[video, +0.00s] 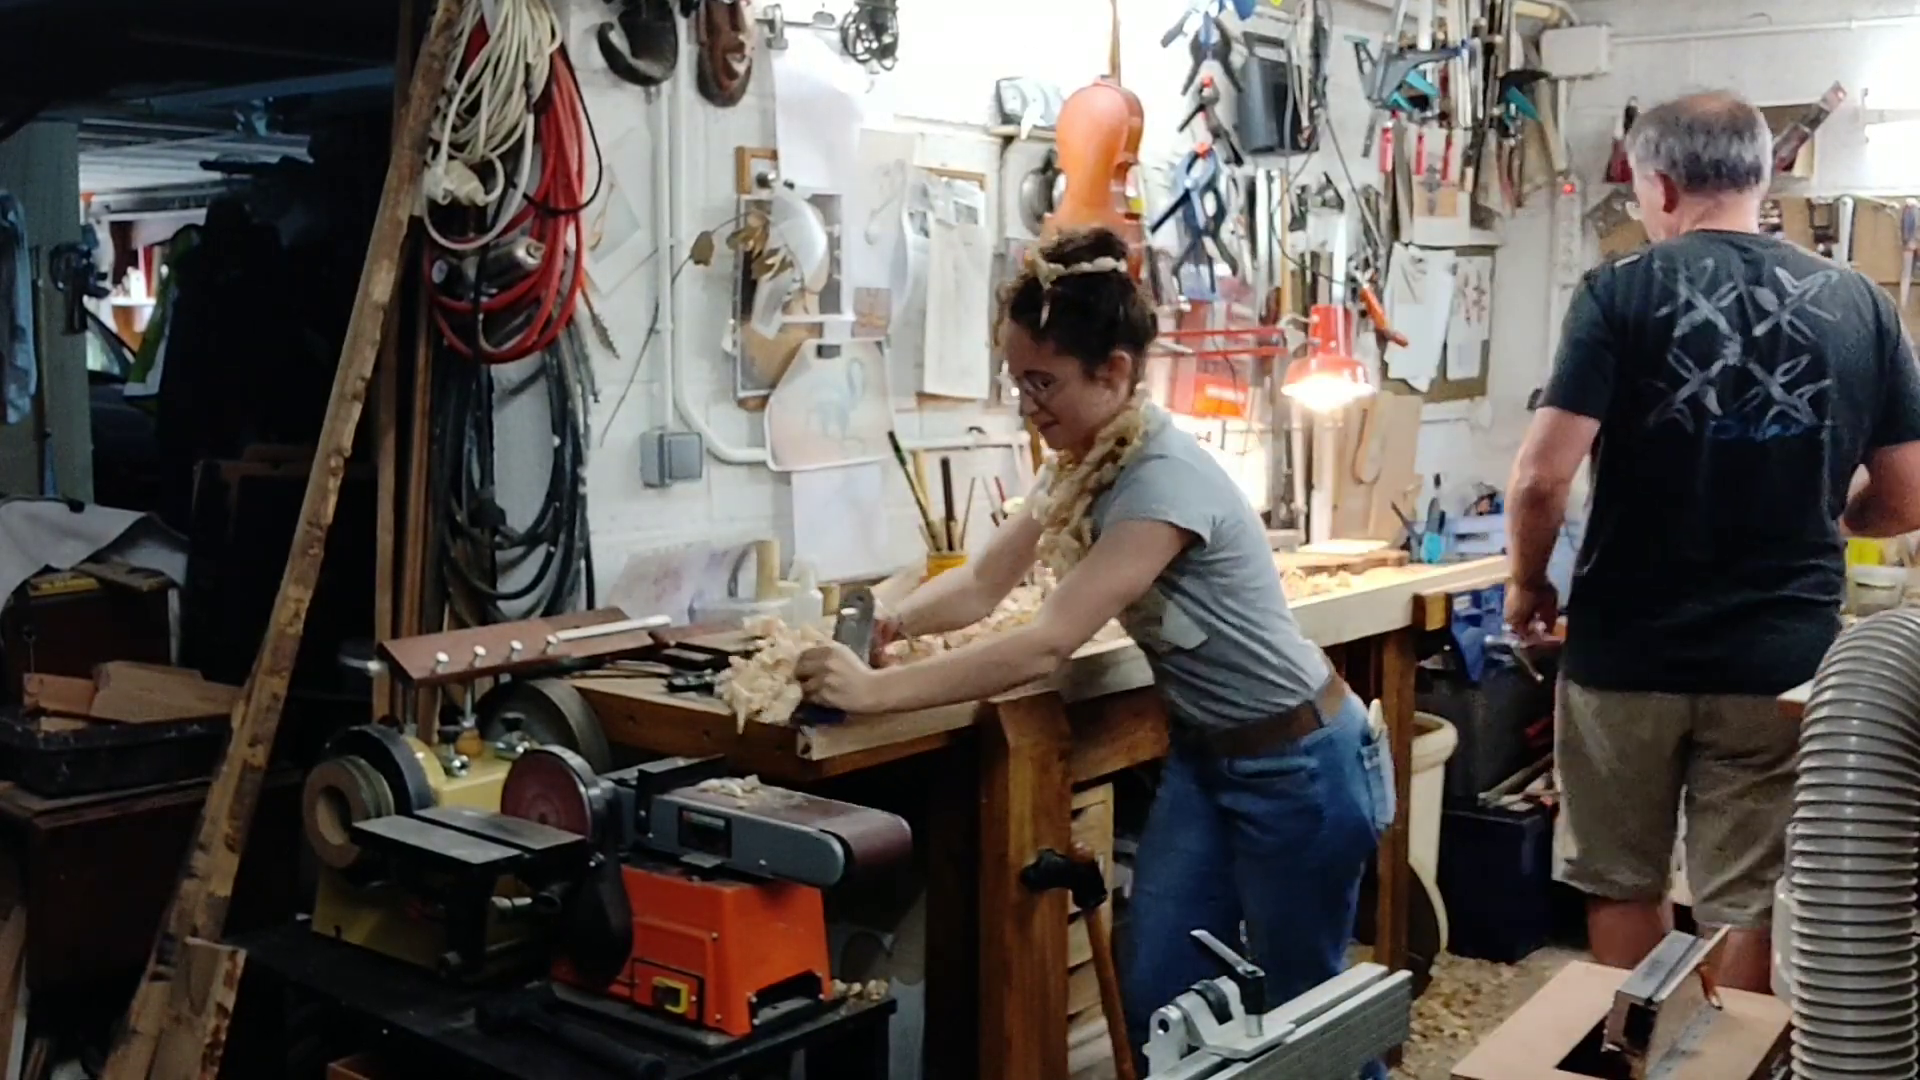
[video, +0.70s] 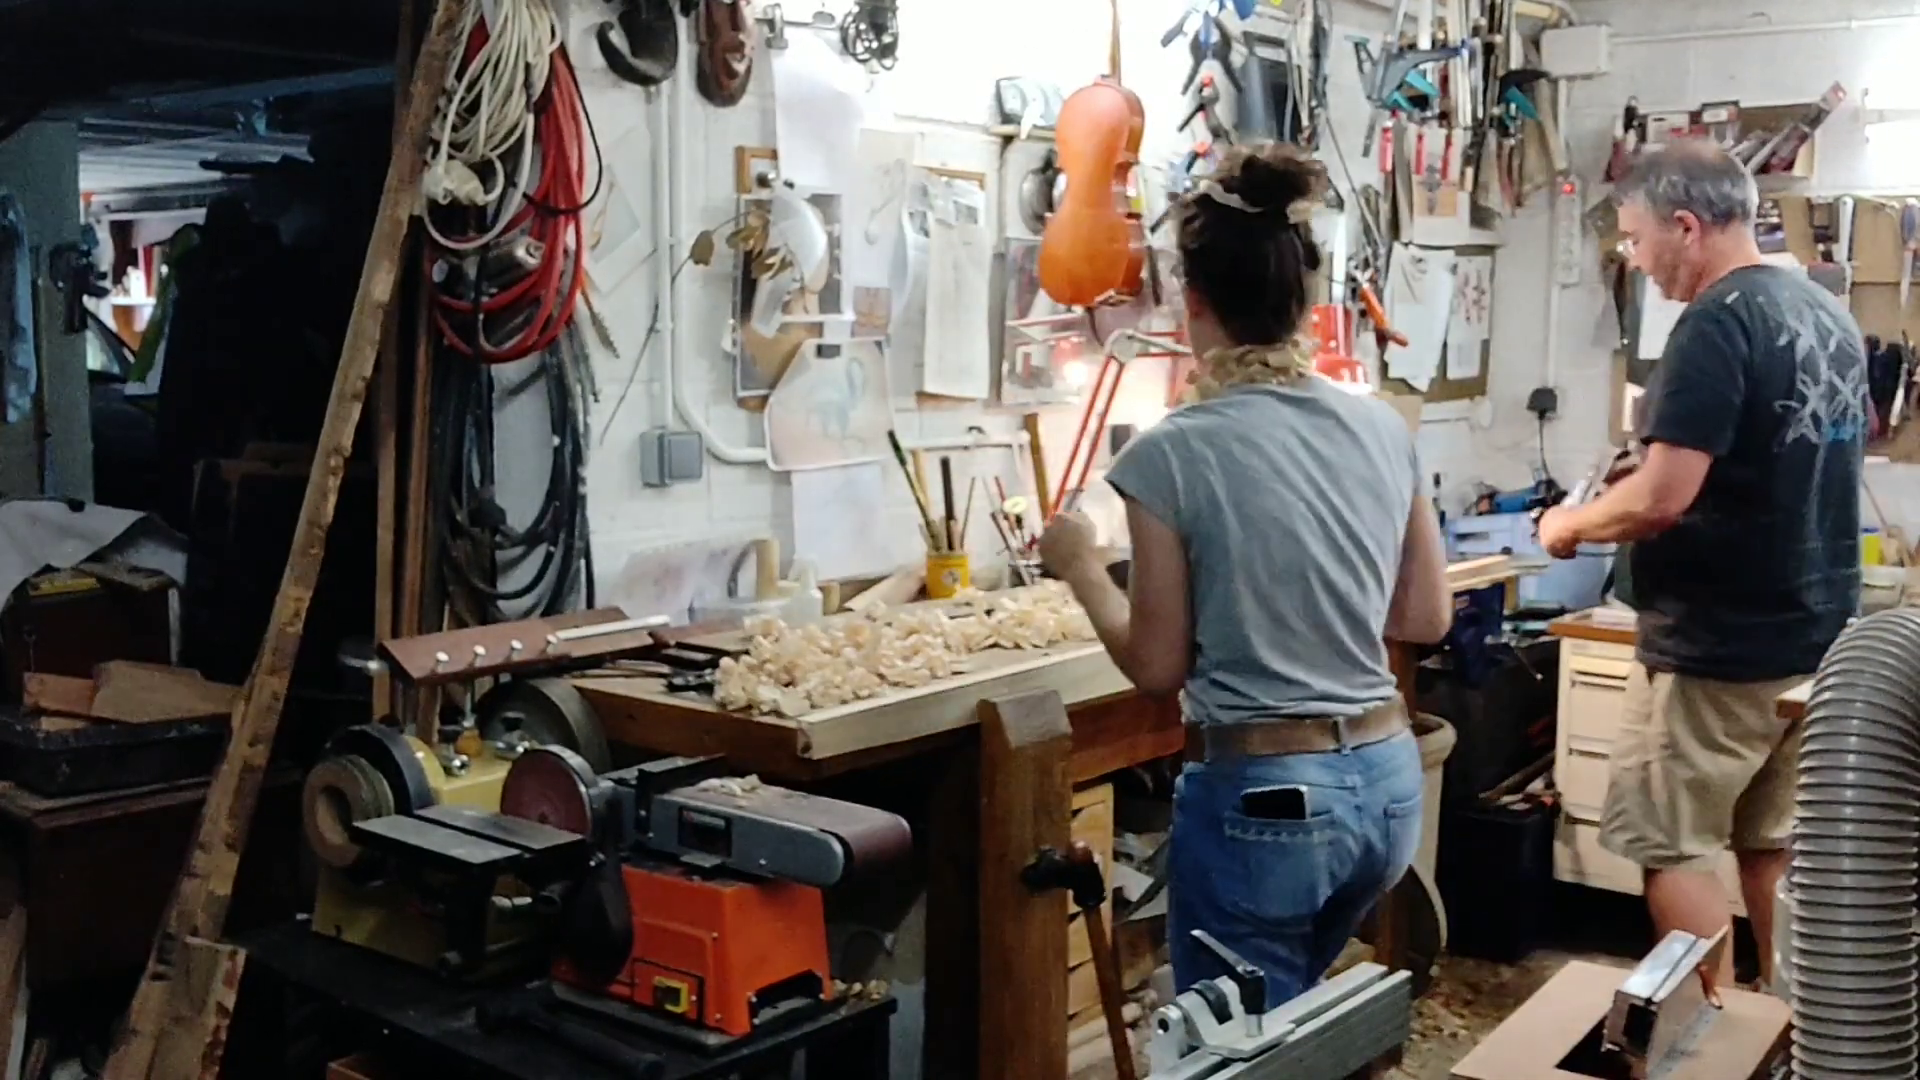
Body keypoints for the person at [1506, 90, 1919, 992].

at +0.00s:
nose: (1639, 211)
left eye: (1639, 192)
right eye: (1637, 194)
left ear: (1663, 188)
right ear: (1764, 184)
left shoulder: (1621, 291)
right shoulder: (1857, 302)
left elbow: (1540, 477)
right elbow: (1900, 504)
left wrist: (1527, 581)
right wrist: (1807, 502)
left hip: (1627, 641)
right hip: (1780, 646)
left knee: (1622, 890)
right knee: (1747, 908)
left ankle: (1628, 1075)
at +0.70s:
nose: (1631, 259)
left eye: (1634, 237)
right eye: (1627, 241)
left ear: (1688, 224)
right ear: (1723, 221)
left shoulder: (1718, 320)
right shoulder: (1824, 311)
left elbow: (1661, 495)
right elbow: (1802, 469)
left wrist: (1575, 523)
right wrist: (1656, 472)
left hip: (1722, 642)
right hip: (1813, 634)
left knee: (1672, 841)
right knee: (1768, 840)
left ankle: (1709, 1033)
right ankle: (1788, 1011)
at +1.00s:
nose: (1600, 270)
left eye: (1606, 248)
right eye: (1596, 251)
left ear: (1667, 230)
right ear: (1667, 234)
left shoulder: (1740, 324)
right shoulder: (1696, 318)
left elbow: (1699, 492)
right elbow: (1665, 457)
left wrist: (1558, 515)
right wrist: (1581, 481)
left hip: (1709, 628)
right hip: (1716, 620)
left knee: (1636, 810)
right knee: (1726, 808)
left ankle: (1632, 1009)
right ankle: (1778, 982)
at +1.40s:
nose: (1559, 303)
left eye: (1564, 284)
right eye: (1553, 286)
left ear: (1609, 264)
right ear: (1598, 267)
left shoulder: (1695, 343)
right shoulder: (1607, 346)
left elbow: (1666, 502)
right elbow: (1599, 465)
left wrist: (1563, 501)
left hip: (1709, 618)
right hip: (1648, 605)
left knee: (1640, 814)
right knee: (1623, 807)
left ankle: (1633, 994)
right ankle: (1637, 985)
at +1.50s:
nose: (1553, 328)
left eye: (1557, 314)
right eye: (1547, 316)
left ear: (1596, 292)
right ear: (1598, 287)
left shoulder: (1687, 355)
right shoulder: (1596, 353)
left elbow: (1666, 509)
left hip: (1704, 618)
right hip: (1632, 604)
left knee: (1634, 813)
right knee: (1603, 802)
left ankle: (1637, 990)